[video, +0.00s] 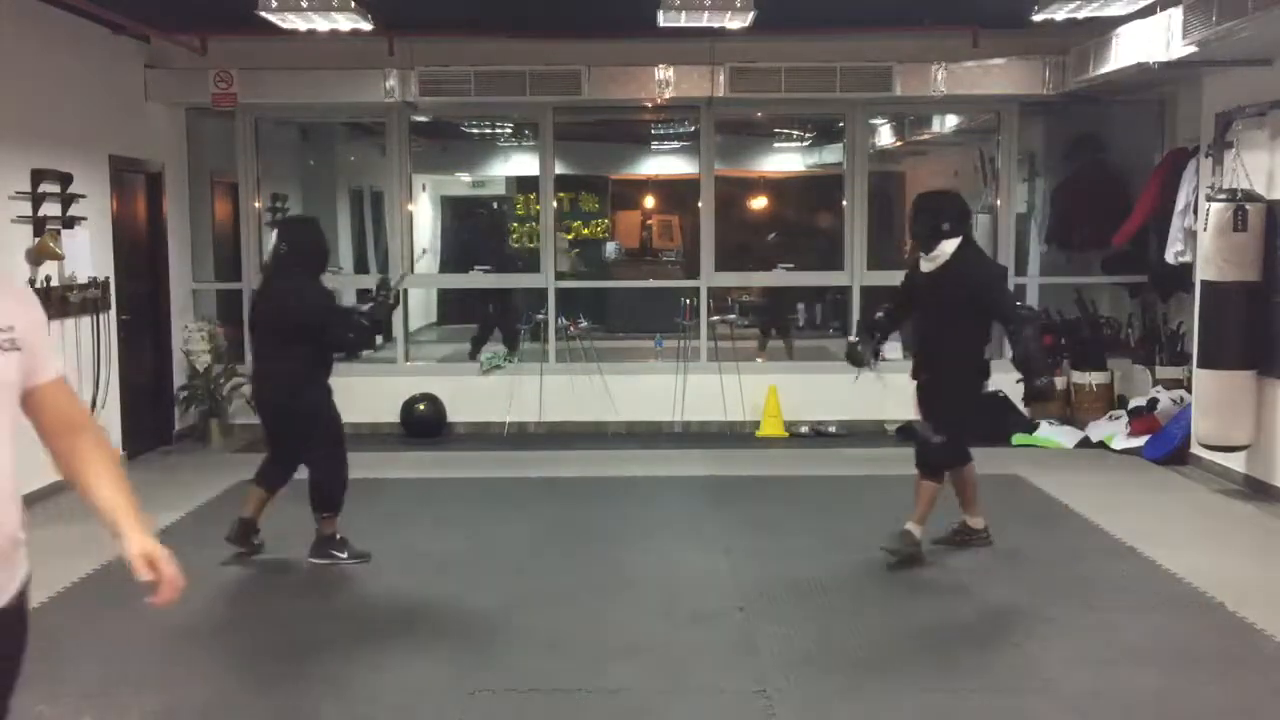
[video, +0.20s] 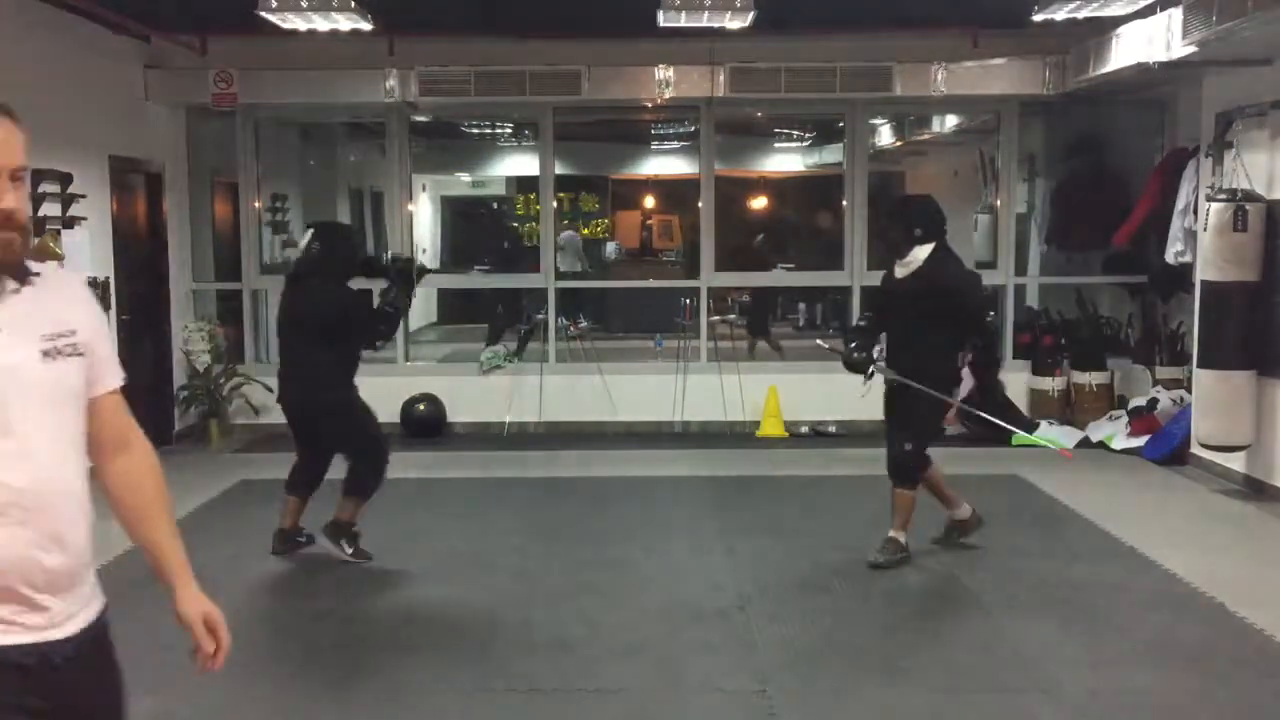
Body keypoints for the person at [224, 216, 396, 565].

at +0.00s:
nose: (325, 253)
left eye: (322, 246)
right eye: (322, 246)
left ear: (283, 249)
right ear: (316, 250)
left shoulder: (267, 288)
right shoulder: (311, 293)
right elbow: (341, 335)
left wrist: (352, 314)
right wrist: (373, 321)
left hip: (268, 389)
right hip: (305, 391)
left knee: (285, 453)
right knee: (329, 458)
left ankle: (245, 523)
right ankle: (327, 539)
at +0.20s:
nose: (357, 258)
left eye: (356, 253)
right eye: (353, 252)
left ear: (316, 250)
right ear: (341, 256)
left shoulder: (298, 280)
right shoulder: (341, 296)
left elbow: (350, 263)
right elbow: (376, 332)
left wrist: (388, 266)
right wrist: (401, 289)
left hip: (294, 391)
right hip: (332, 393)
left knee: (314, 453)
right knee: (372, 453)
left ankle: (287, 530)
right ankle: (342, 525)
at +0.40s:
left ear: (354, 261)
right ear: (380, 268)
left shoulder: (339, 285)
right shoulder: (378, 293)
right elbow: (421, 292)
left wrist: (381, 247)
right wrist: (408, 249)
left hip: (331, 395)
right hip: (366, 397)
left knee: (333, 463)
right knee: (410, 460)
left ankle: (291, 530)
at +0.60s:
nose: (430, 275)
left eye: (430, 270)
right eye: (426, 270)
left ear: (388, 267)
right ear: (414, 271)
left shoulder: (370, 298)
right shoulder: (417, 301)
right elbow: (466, 311)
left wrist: (422, 396)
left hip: (374, 405)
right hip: (406, 407)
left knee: (375, 463)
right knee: (459, 454)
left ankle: (312, 507)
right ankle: (466, 533)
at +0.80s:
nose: (438, 283)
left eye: (437, 277)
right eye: (434, 276)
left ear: (401, 277)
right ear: (423, 278)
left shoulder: (388, 316)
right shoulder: (426, 312)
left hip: (386, 407)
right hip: (411, 407)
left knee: (406, 456)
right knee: (464, 453)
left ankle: (352, 504)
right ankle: (466, 532)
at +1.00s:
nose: (430, 276)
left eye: (428, 269)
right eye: (425, 269)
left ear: (389, 271)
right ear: (413, 272)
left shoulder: (374, 302)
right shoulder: (409, 306)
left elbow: (438, 338)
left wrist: (469, 357)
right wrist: (462, 362)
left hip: (380, 395)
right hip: (410, 398)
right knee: (445, 456)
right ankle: (463, 529)